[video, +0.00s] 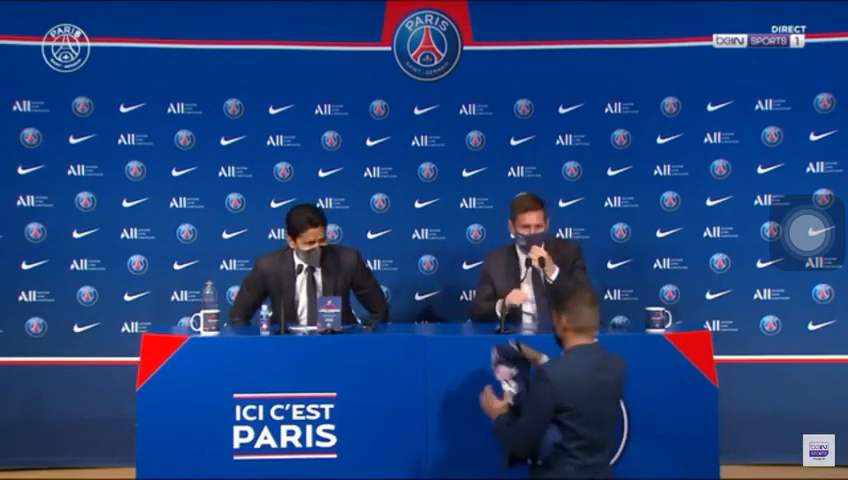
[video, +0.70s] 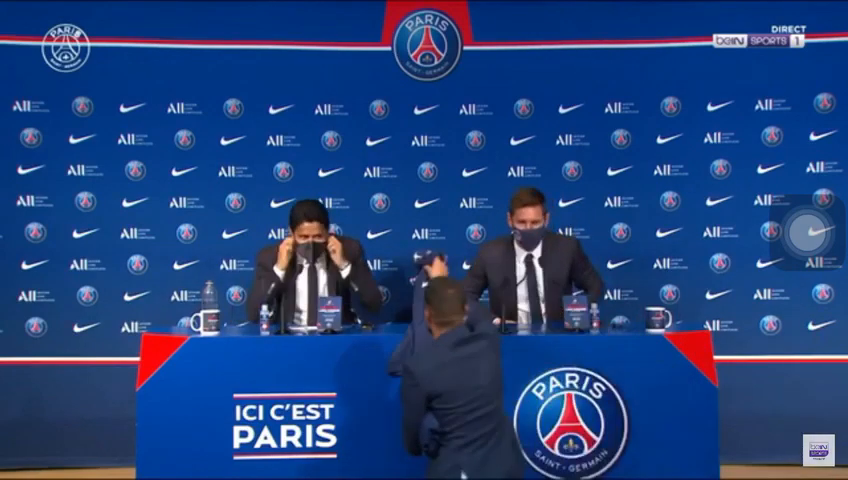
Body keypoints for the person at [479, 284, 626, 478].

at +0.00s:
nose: (553, 324)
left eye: (553, 319)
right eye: (552, 319)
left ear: (563, 323)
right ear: (596, 320)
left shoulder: (549, 376)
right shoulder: (616, 366)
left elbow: (520, 445)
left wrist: (498, 415)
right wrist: (541, 360)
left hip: (561, 471)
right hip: (601, 469)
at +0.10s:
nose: (540, 325)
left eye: (542, 319)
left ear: (549, 323)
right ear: (583, 321)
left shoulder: (536, 372)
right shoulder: (601, 363)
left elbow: (506, 441)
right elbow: (564, 375)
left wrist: (483, 424)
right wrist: (526, 345)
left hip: (547, 468)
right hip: (585, 466)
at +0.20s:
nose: (518, 316)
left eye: (520, 309)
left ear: (527, 317)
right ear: (561, 318)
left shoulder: (516, 371)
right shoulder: (580, 353)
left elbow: (489, 441)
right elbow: (537, 341)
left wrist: (469, 431)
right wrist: (500, 320)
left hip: (528, 468)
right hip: (568, 464)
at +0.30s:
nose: (504, 317)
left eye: (505, 313)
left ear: (512, 318)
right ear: (546, 315)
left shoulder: (499, 370)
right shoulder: (565, 350)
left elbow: (474, 444)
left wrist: (465, 422)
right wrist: (486, 308)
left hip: (515, 467)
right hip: (557, 463)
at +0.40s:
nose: (483, 315)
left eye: (484, 310)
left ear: (488, 319)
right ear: (523, 316)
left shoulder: (477, 369)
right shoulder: (544, 348)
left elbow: (457, 442)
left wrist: (454, 421)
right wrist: (475, 298)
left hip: (499, 466)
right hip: (542, 462)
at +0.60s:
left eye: (440, 309)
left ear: (444, 315)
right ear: (482, 311)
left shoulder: (435, 368)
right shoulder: (504, 344)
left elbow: (425, 444)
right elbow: (481, 312)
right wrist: (453, 281)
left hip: (467, 461)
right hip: (515, 458)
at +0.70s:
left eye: (424, 308)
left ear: (427, 314)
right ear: (465, 309)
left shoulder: (419, 366)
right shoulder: (488, 340)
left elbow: (413, 442)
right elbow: (471, 304)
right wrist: (443, 281)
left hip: (453, 460)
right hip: (503, 456)